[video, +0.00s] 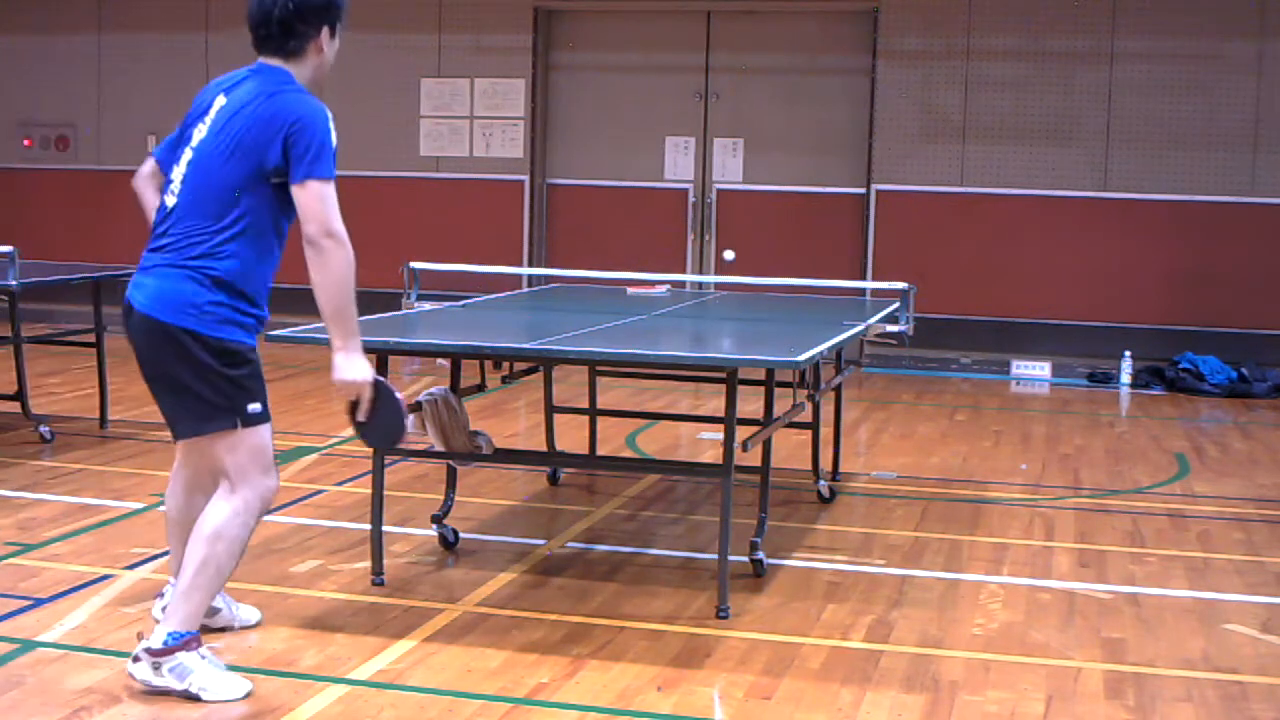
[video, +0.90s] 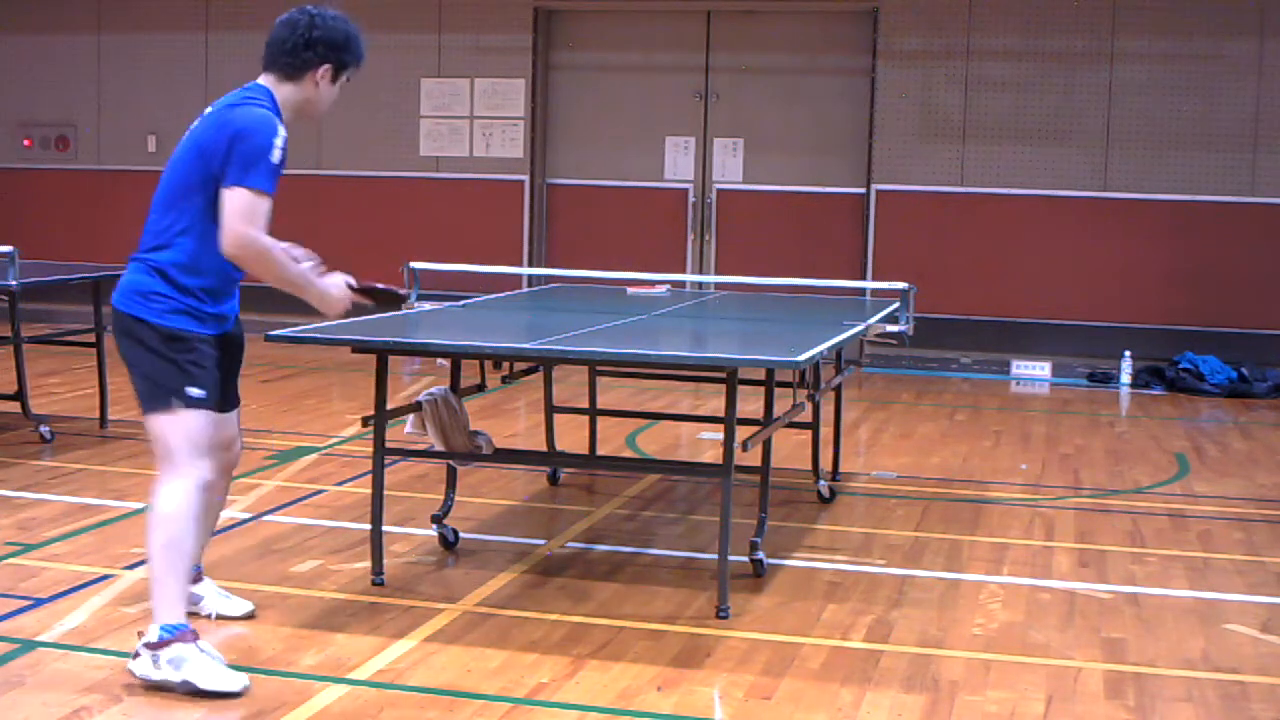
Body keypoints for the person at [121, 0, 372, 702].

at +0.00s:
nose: (336, 48)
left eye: (336, 35)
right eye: (337, 35)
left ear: (265, 30)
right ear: (323, 37)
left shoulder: (222, 89)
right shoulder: (304, 113)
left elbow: (148, 179)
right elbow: (323, 234)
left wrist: (186, 255)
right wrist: (347, 351)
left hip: (156, 300)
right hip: (204, 314)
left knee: (200, 458)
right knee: (253, 484)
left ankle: (188, 595)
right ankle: (169, 645)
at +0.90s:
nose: (336, 99)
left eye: (342, 86)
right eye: (340, 84)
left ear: (294, 65)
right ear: (319, 73)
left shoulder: (250, 115)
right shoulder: (256, 121)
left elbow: (227, 230)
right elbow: (240, 238)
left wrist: (286, 257)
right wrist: (315, 289)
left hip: (209, 315)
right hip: (166, 312)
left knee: (220, 454)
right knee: (184, 464)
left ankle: (183, 582)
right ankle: (166, 638)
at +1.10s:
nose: (334, 93)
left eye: (339, 79)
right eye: (333, 76)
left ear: (300, 68)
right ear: (297, 64)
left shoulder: (268, 134)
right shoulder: (229, 109)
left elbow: (264, 226)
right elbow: (200, 215)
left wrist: (335, 235)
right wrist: (292, 251)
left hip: (202, 302)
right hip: (141, 293)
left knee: (211, 447)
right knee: (141, 445)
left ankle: (183, 582)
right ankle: (76, 606)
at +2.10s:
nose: (265, 78)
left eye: (265, 64)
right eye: (253, 63)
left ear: (221, 72)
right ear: (208, 70)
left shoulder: (246, 133)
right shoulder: (150, 126)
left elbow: (315, 189)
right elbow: (178, 231)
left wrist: (388, 173)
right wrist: (270, 201)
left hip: (152, 304)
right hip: (80, 297)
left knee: (190, 434)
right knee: (35, 448)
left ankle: (180, 578)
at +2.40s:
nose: (208, 50)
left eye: (204, 38)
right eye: (192, 38)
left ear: (172, 56)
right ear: (149, 55)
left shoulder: (205, 116)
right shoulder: (99, 119)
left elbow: (300, 140)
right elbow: (73, 217)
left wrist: (383, 156)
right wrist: (178, 235)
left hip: (133, 305)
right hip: (56, 305)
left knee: (180, 439)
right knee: (19, 462)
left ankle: (181, 578)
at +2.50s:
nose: (202, 52)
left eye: (198, 39)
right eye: (185, 40)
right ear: (142, 59)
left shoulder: (206, 122)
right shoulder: (92, 121)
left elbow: (302, 150)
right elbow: (21, 190)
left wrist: (381, 177)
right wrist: (107, 208)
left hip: (131, 310)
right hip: (51, 310)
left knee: (180, 440)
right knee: (17, 467)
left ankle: (180, 578)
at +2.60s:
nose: (200, 65)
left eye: (198, 50)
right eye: (183, 51)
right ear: (138, 68)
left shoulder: (204, 135)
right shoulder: (93, 125)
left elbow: (286, 183)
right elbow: (24, 195)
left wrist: (348, 236)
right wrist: (32, 152)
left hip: (130, 316)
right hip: (48, 313)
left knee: (187, 447)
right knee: (23, 470)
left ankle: (183, 577)